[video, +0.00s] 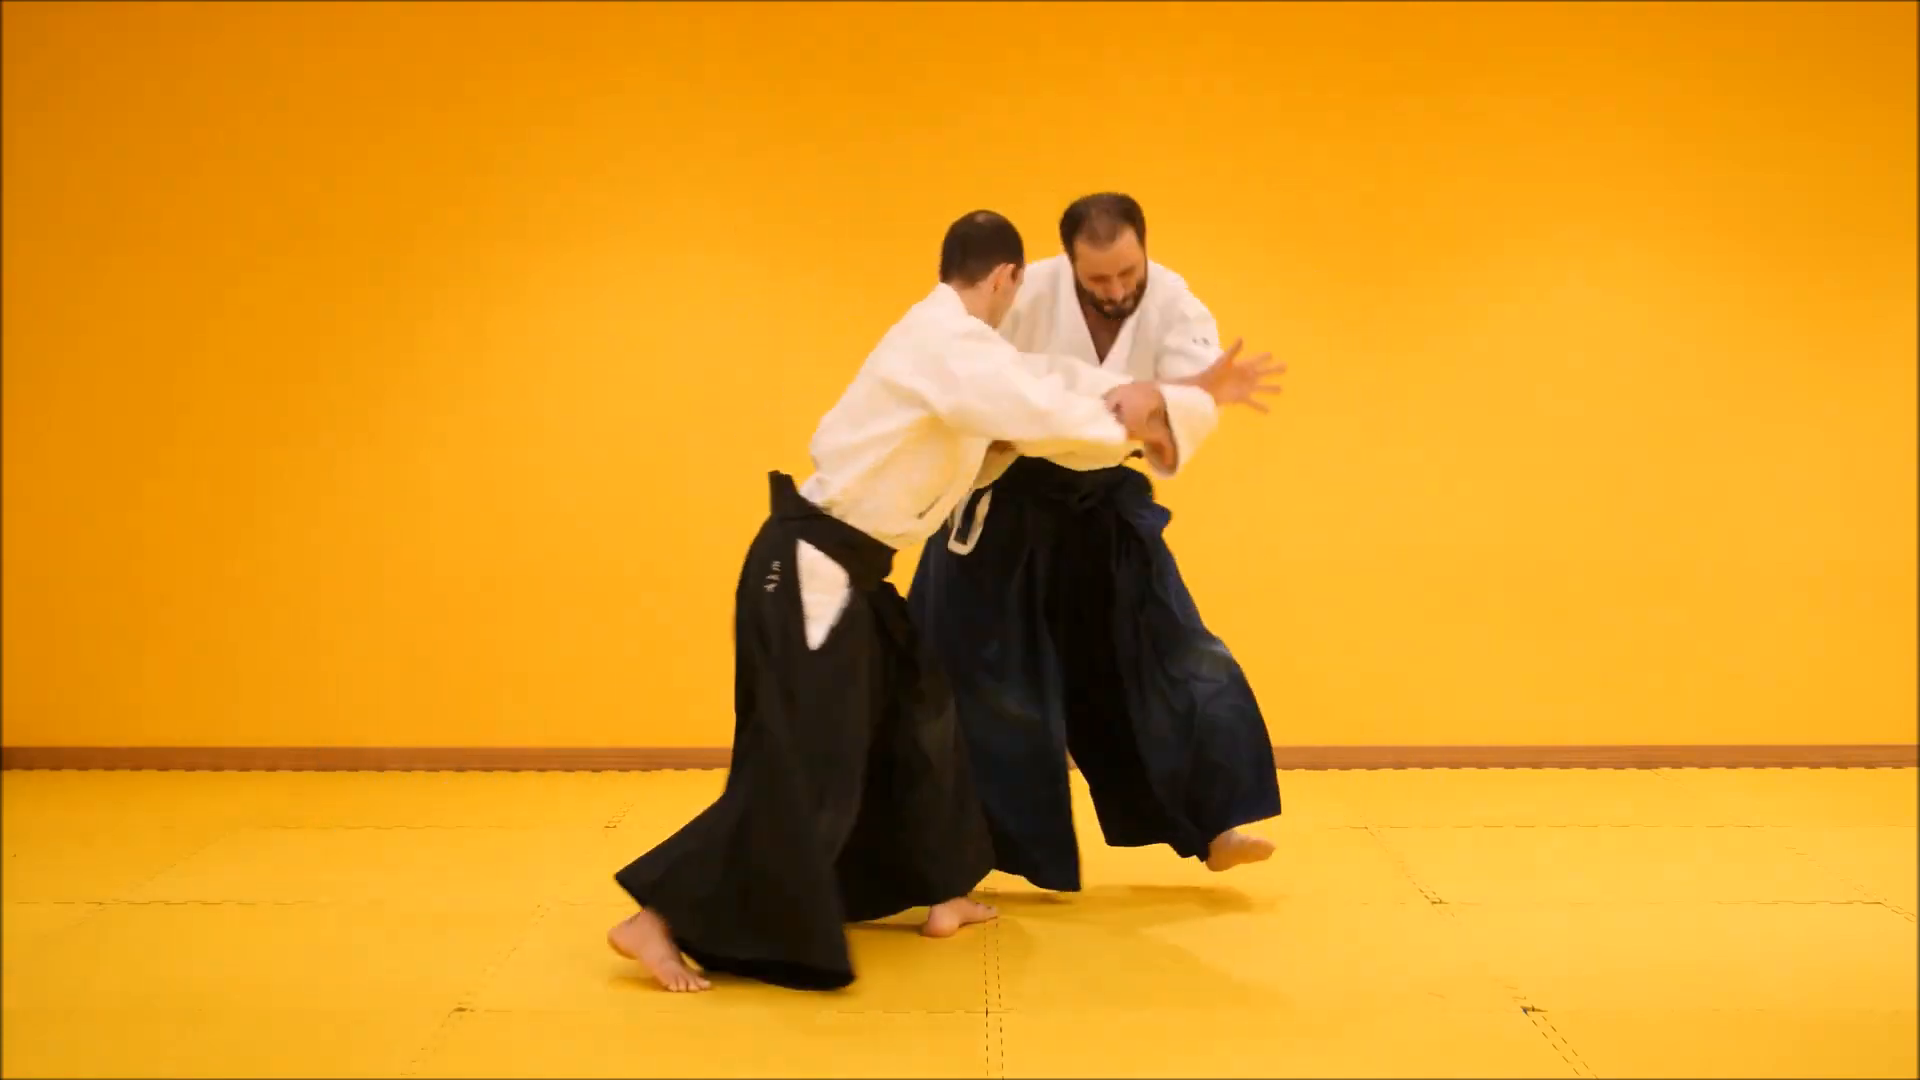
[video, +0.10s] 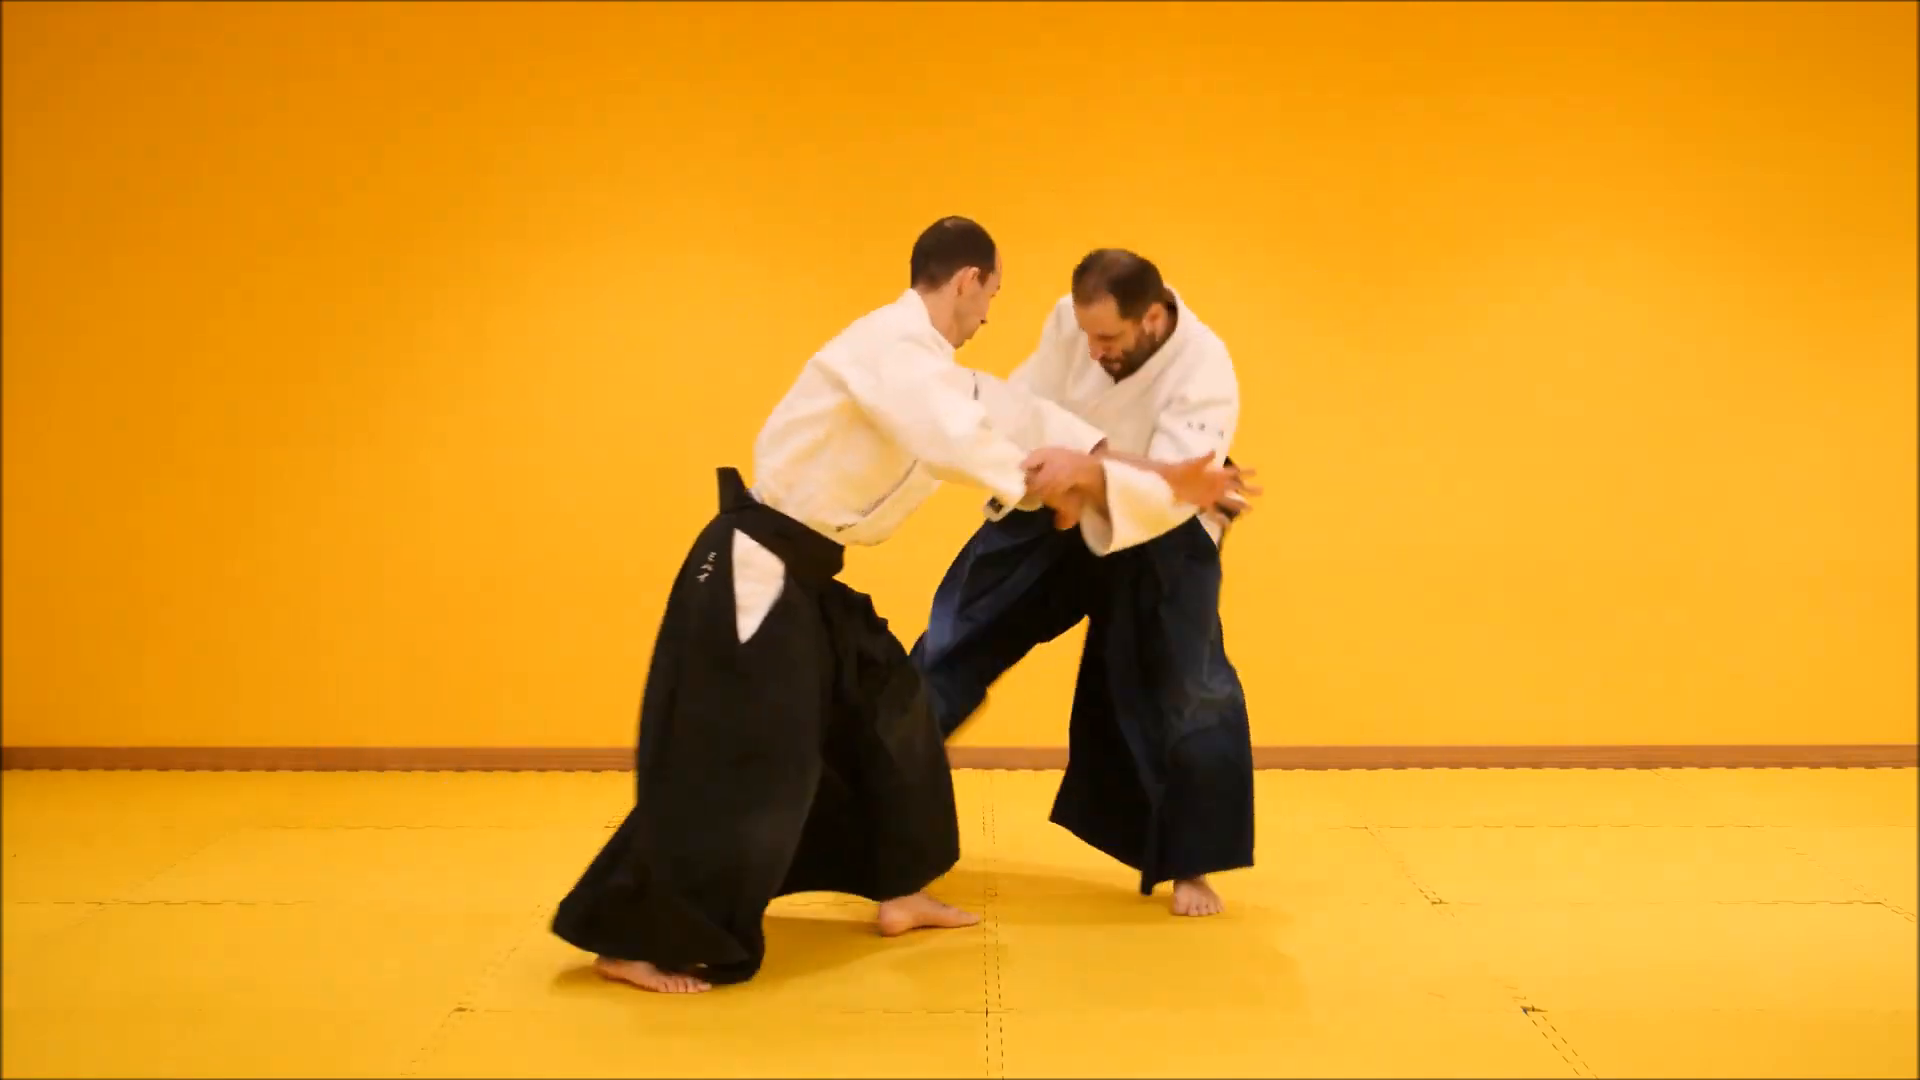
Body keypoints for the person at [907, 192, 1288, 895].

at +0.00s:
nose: (1114, 290)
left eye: (1128, 273)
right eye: (1098, 277)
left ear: (1146, 253)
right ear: (1068, 259)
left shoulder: (1174, 305)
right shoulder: (1026, 288)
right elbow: (970, 375)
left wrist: (1155, 405)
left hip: (1110, 501)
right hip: (1007, 495)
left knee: (1178, 648)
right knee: (961, 664)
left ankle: (1212, 824)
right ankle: (949, 866)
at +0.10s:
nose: (1094, 350)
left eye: (1109, 337)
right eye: (1085, 332)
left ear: (1156, 317)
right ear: (1075, 312)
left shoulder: (1204, 370)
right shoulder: (1070, 320)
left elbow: (1189, 487)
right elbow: (1027, 400)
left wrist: (1090, 475)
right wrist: (1045, 476)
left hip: (1163, 528)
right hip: (1055, 508)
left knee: (1186, 686)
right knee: (949, 649)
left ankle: (1188, 866)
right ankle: (866, 812)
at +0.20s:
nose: (1079, 392)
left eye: (1089, 381)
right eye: (1076, 377)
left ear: (1138, 370)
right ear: (1129, 364)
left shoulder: (1208, 419)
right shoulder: (1095, 385)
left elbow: (1144, 552)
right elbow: (1043, 470)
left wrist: (1024, 530)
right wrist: (1007, 506)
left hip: (1223, 554)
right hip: (1124, 533)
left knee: (1224, 712)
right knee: (1012, 587)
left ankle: (1190, 864)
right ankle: (919, 647)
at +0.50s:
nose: (1022, 447)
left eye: (1025, 437)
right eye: (1019, 432)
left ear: (1067, 432)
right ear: (1077, 400)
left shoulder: (1134, 474)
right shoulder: (1121, 383)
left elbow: (1109, 618)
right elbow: (1092, 497)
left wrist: (994, 622)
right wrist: (1017, 540)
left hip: (1298, 540)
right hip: (1337, 473)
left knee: (1195, 687)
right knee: (1437, 619)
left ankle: (1190, 870)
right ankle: (1576, 625)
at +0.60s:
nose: (1059, 416)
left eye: (1056, 406)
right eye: (1056, 405)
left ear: (1073, 396)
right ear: (1104, 358)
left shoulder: (1130, 452)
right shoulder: (1171, 352)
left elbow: (1116, 598)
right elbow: (1148, 476)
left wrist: (1020, 596)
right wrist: (1069, 495)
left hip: (1315, 536)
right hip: (1390, 489)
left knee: (1198, 686)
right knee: (1451, 672)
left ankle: (1206, 870)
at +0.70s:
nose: (1121, 363)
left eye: (1116, 349)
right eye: (1117, 350)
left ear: (1139, 331)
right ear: (1179, 310)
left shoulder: (1173, 387)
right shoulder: (1263, 331)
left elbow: (1121, 542)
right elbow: (1200, 448)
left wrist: (1049, 533)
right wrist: (1114, 472)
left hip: (1317, 531)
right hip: (1414, 509)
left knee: (1195, 685)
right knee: (1442, 713)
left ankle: (1234, 872)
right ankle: (1498, 916)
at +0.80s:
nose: (1167, 297)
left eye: (1166, 284)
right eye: (1164, 286)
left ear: (1190, 272)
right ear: (1243, 262)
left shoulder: (1198, 336)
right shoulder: (1315, 298)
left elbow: (1148, 459)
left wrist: (1073, 482)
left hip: (1303, 517)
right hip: (1406, 500)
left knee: (1175, 668)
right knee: (1444, 705)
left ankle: (1244, 864)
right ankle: (1489, 913)